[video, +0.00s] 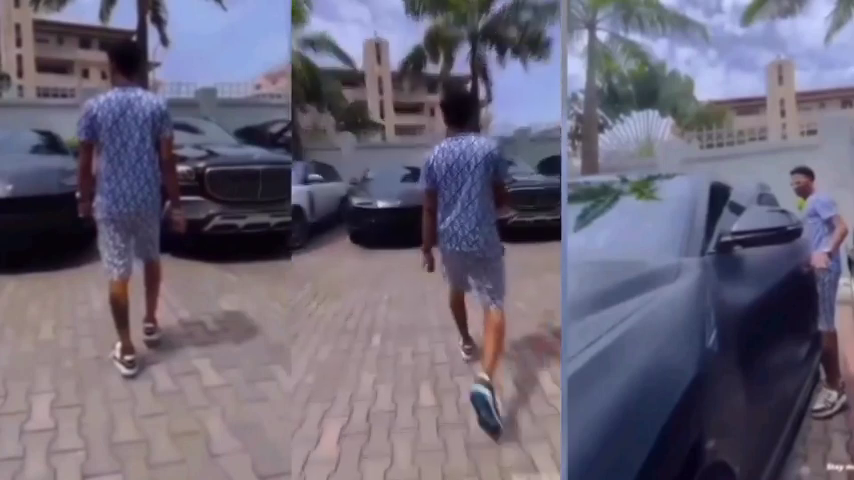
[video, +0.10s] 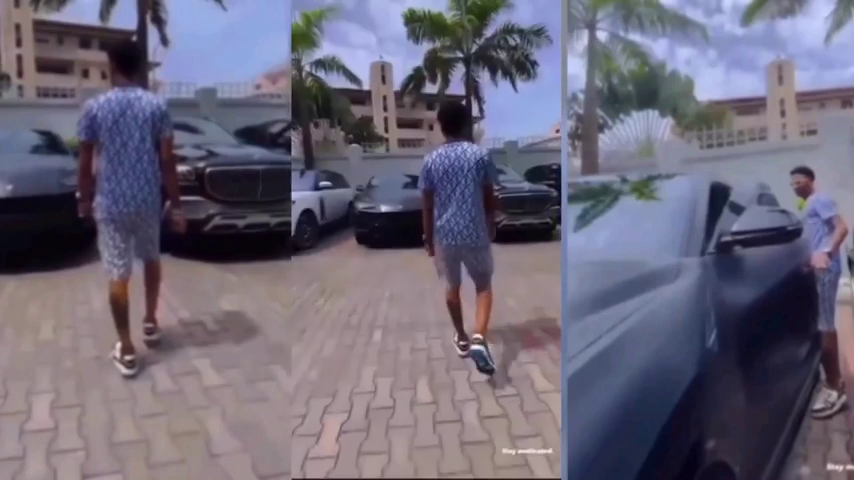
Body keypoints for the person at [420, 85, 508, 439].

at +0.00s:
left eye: (447, 113)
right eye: (473, 112)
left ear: (444, 116)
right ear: (476, 115)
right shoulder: (489, 149)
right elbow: (501, 196)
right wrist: (502, 205)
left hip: (450, 238)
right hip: (483, 238)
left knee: (457, 291)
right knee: (494, 303)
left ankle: (466, 342)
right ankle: (486, 377)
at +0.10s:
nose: (441, 128)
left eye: (440, 124)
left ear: (441, 126)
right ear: (468, 124)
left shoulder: (432, 159)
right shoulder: (480, 155)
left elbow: (427, 204)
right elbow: (489, 195)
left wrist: (427, 237)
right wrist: (491, 223)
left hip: (445, 234)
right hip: (474, 233)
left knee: (452, 286)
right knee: (483, 286)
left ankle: (461, 337)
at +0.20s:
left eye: (440, 124)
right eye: (468, 123)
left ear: (441, 126)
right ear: (467, 124)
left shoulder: (431, 158)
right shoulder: (478, 155)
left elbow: (426, 199)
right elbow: (488, 198)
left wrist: (428, 228)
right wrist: (495, 231)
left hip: (444, 232)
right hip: (473, 231)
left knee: (452, 286)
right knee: (479, 276)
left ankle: (461, 346)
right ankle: (479, 327)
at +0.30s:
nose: (443, 133)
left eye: (441, 129)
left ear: (443, 131)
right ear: (467, 129)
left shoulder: (434, 159)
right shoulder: (480, 159)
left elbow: (426, 201)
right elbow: (490, 202)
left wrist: (431, 228)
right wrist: (500, 239)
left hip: (443, 231)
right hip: (472, 230)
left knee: (452, 291)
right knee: (475, 273)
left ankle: (461, 353)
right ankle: (474, 317)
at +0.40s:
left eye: (447, 134)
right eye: (467, 132)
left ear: (445, 135)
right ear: (469, 134)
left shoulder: (435, 164)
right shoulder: (481, 164)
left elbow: (427, 204)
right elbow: (491, 205)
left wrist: (432, 231)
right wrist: (501, 242)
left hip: (443, 235)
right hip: (471, 234)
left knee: (452, 293)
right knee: (472, 276)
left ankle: (460, 358)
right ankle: (469, 309)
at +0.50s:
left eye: (451, 132)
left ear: (449, 135)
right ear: (471, 135)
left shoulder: (438, 165)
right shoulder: (482, 164)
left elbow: (430, 203)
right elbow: (490, 205)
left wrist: (430, 230)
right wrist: (500, 243)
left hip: (445, 233)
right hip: (472, 233)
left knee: (449, 290)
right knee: (470, 276)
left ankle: (458, 357)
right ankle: (465, 313)